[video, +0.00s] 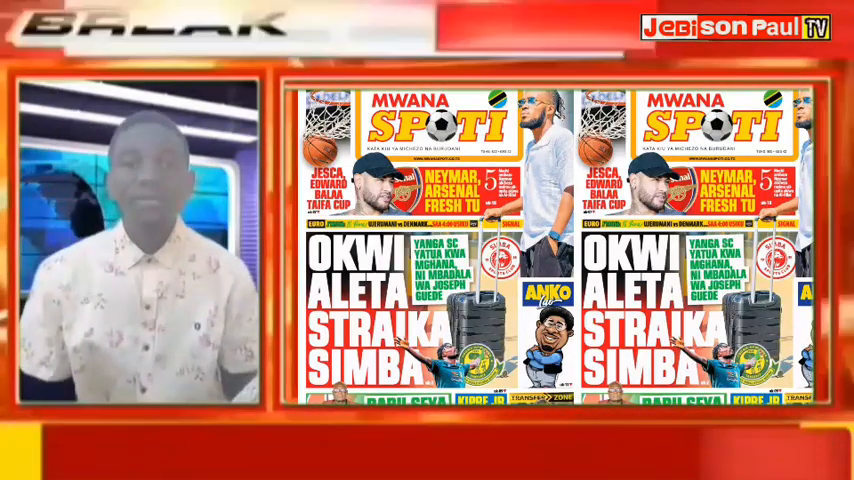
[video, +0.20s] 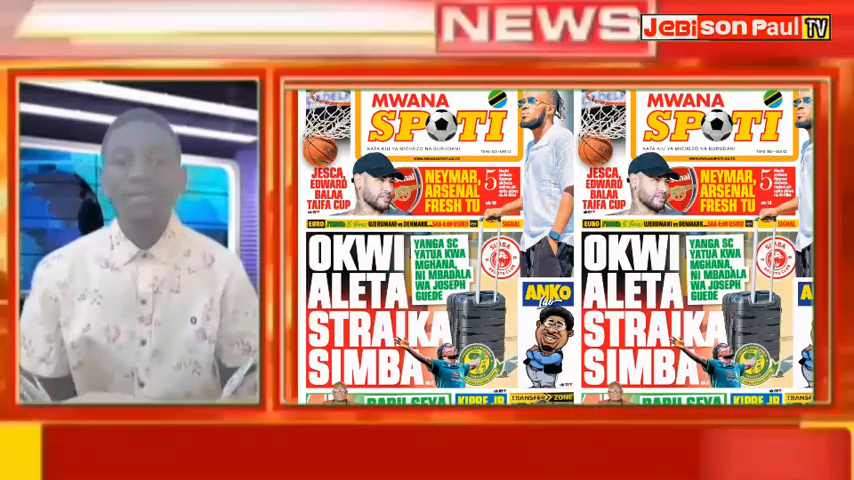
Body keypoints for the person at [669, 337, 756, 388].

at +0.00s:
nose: (728, 349)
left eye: (729, 347)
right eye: (724, 347)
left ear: (731, 351)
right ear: (718, 353)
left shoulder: (737, 366)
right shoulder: (714, 364)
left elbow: (749, 365)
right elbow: (698, 359)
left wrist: (754, 359)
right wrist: (684, 348)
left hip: (736, 401)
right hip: (720, 401)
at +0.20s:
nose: (728, 349)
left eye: (729, 347)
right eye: (724, 347)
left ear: (731, 351)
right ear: (718, 353)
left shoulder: (737, 366)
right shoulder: (714, 364)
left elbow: (749, 365)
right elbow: (698, 359)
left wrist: (754, 359)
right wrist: (684, 348)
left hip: (737, 401)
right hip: (720, 401)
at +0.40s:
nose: (728, 349)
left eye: (729, 347)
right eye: (724, 347)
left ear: (731, 351)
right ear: (718, 353)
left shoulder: (737, 366)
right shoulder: (714, 364)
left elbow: (749, 365)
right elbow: (698, 359)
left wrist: (754, 359)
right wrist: (684, 348)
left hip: (736, 400)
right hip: (720, 400)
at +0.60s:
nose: (728, 349)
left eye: (729, 347)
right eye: (724, 347)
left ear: (731, 351)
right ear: (718, 353)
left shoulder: (737, 366)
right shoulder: (714, 364)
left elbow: (749, 365)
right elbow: (698, 359)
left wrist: (754, 359)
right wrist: (684, 348)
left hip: (736, 401)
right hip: (720, 401)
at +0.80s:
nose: (728, 349)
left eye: (729, 347)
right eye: (724, 347)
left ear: (731, 351)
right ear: (718, 353)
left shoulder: (737, 366)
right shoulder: (714, 364)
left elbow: (749, 365)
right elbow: (698, 358)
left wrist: (754, 359)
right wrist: (684, 348)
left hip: (736, 401)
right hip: (720, 401)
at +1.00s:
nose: (728, 348)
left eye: (729, 347)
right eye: (724, 347)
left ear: (731, 351)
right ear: (718, 353)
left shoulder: (737, 366)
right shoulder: (714, 364)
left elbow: (749, 365)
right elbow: (698, 359)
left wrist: (754, 359)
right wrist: (684, 348)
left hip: (737, 400)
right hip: (720, 400)